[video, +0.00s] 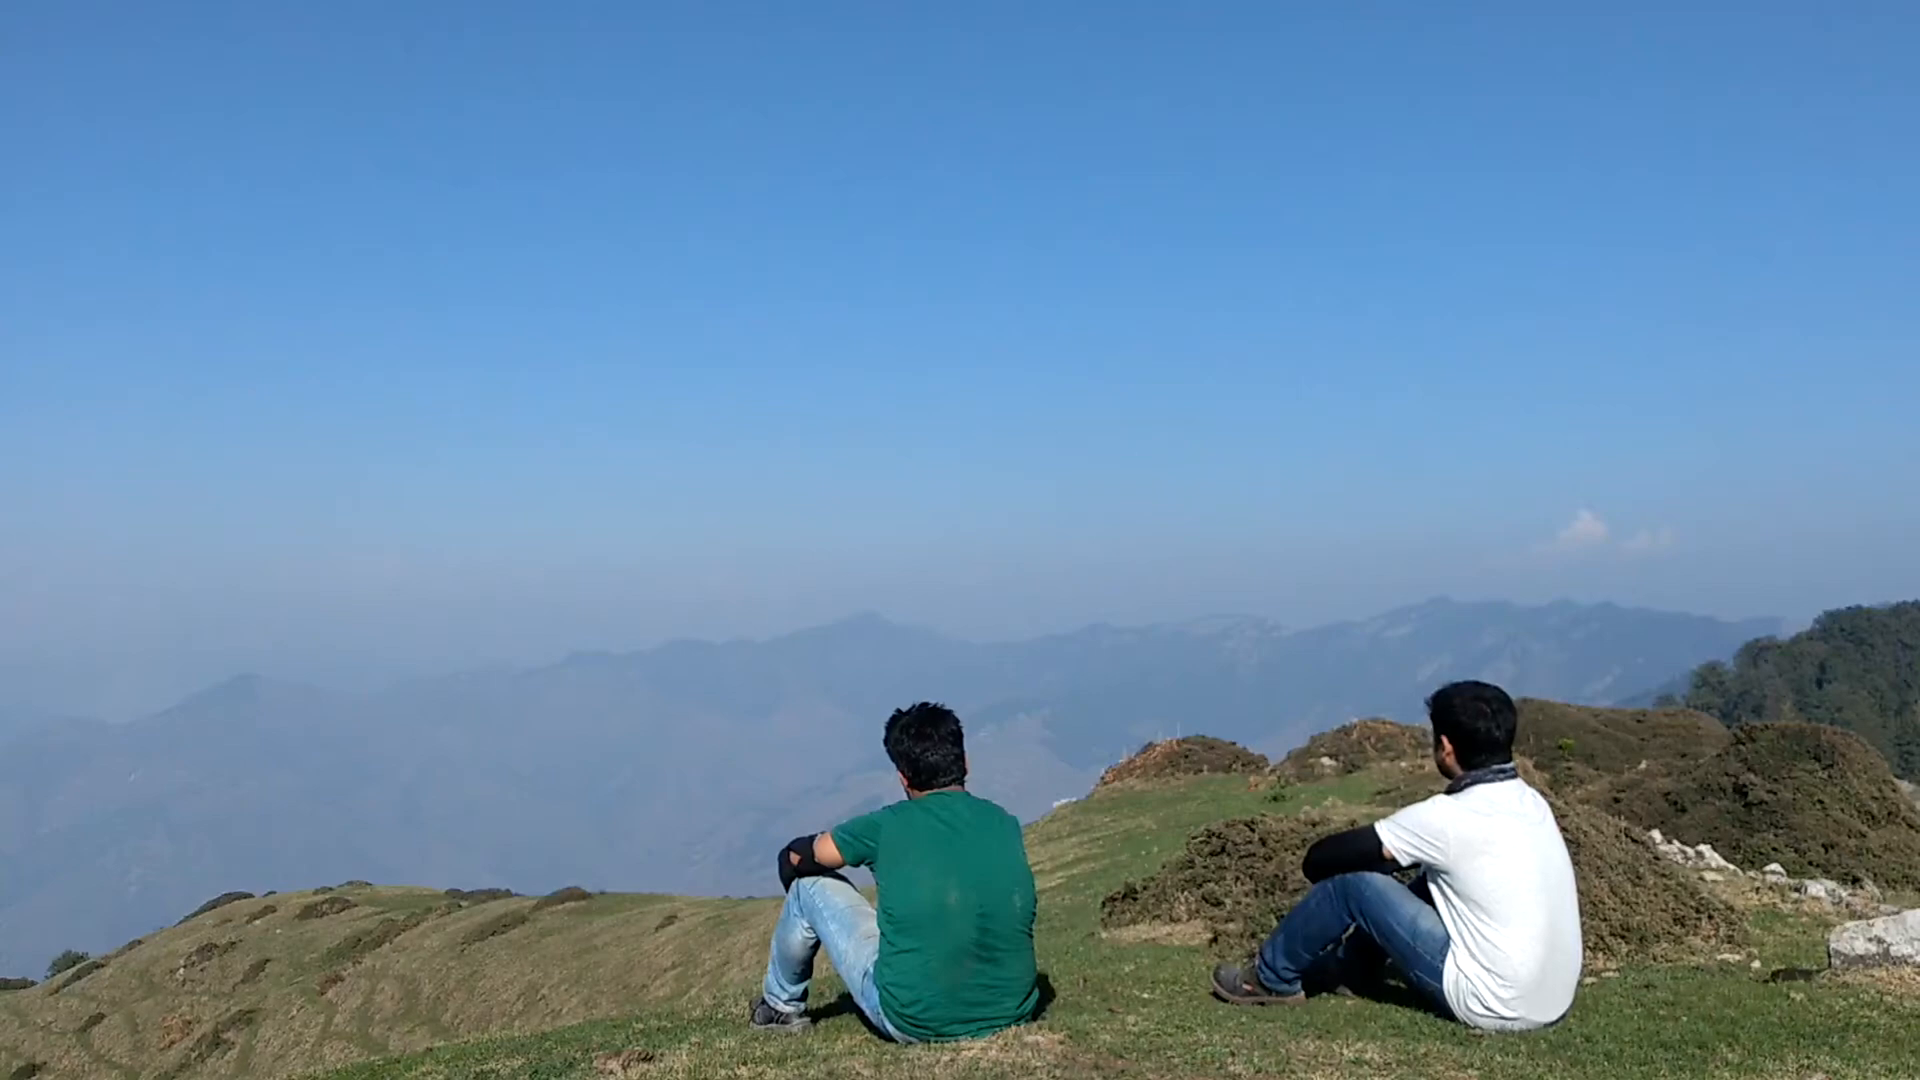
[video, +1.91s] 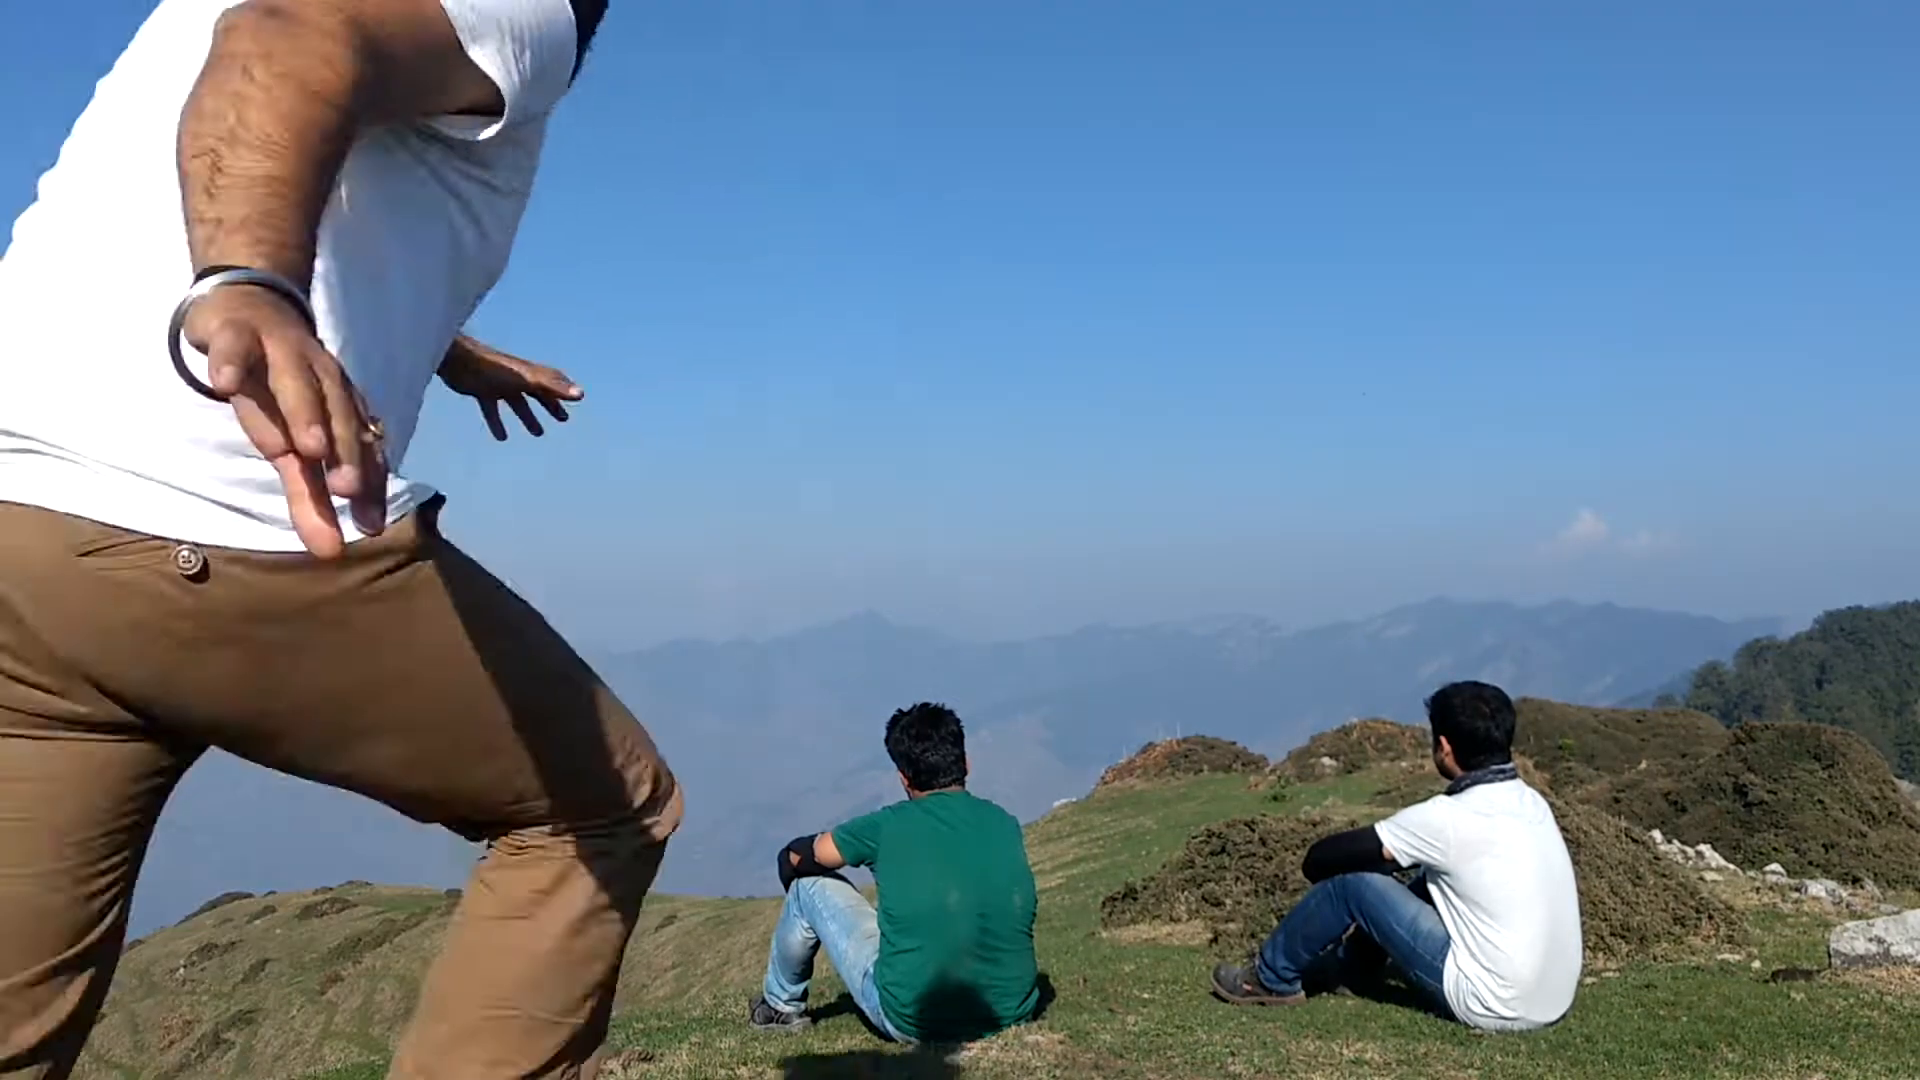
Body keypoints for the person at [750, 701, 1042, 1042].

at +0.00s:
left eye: (898, 770)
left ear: (904, 778)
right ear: (966, 764)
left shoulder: (888, 824)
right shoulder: (1006, 823)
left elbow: (796, 857)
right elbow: (1022, 913)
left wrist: (797, 890)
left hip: (915, 1020)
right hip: (1008, 1012)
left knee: (810, 886)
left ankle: (781, 1005)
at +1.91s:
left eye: (899, 771)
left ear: (905, 779)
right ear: (967, 765)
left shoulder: (889, 823)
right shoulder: (1006, 823)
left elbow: (796, 856)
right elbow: (1020, 911)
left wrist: (798, 893)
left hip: (912, 1018)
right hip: (1007, 1012)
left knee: (810, 886)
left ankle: (781, 1006)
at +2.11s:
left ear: (904, 779)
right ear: (966, 766)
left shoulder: (881, 829)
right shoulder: (1004, 824)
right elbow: (1022, 910)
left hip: (914, 1012)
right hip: (1010, 1006)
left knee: (824, 900)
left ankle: (777, 1001)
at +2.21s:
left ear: (911, 769)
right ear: (965, 764)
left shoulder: (897, 822)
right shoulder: (1004, 823)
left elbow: (822, 854)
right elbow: (1026, 904)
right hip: (1014, 1002)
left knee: (810, 890)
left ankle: (782, 1005)